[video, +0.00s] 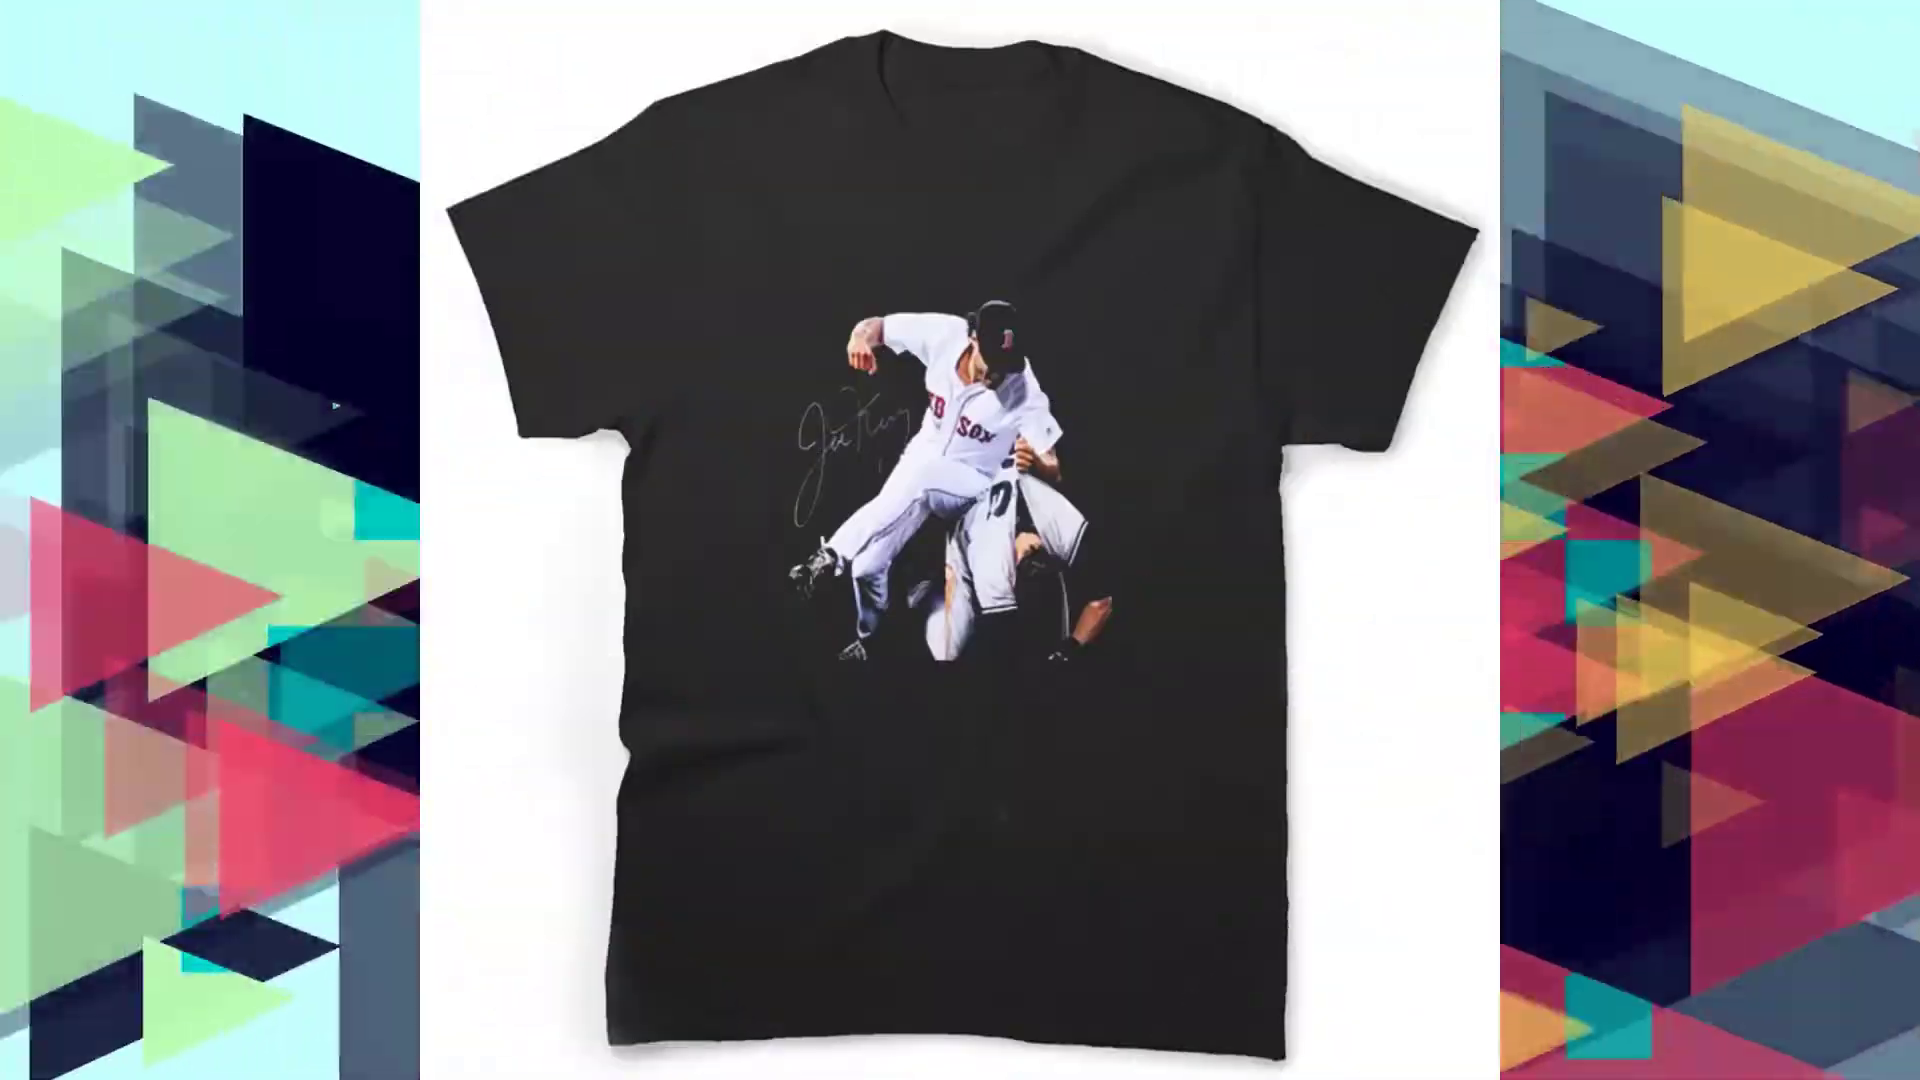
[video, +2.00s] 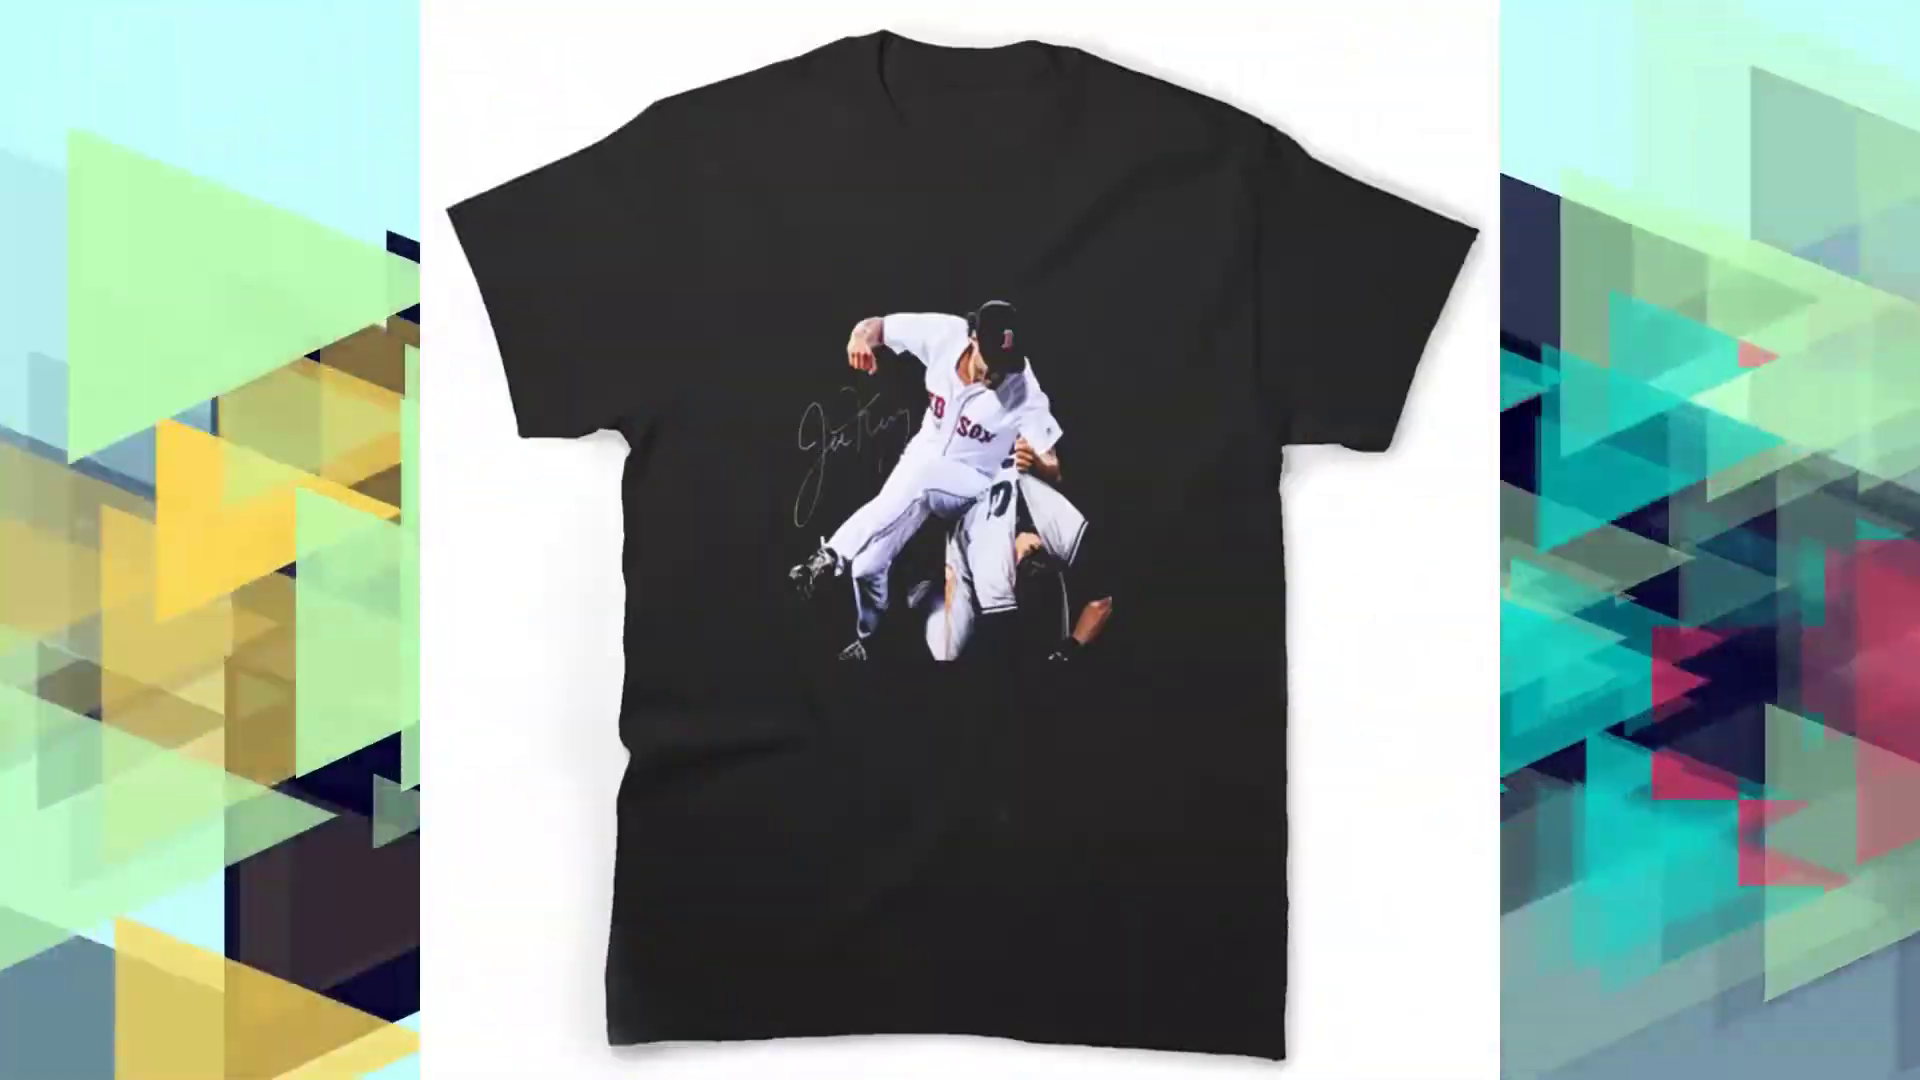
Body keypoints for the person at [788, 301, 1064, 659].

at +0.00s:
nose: (995, 373)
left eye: (1004, 366)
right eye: (990, 364)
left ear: (1016, 355)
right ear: (973, 342)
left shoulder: (1023, 390)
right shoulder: (946, 334)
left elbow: (1055, 470)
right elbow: (874, 327)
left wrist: (1038, 463)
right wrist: (861, 340)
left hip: (978, 482)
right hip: (922, 460)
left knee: (920, 477)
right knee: (867, 565)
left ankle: (827, 559)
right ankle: (870, 640)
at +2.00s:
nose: (995, 373)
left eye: (1004, 366)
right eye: (990, 364)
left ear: (1016, 355)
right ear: (973, 342)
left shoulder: (1023, 390)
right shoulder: (946, 334)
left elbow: (1055, 470)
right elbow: (874, 327)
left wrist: (1038, 463)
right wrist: (861, 340)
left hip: (978, 482)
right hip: (922, 460)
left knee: (920, 477)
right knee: (867, 565)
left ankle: (827, 559)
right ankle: (870, 640)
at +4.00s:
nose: (997, 374)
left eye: (1006, 367)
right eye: (991, 364)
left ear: (1017, 354)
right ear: (973, 341)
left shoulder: (1023, 389)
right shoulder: (946, 334)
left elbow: (1054, 468)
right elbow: (878, 327)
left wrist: (1038, 463)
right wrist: (861, 338)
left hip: (979, 482)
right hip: (922, 460)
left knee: (920, 476)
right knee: (867, 566)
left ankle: (828, 560)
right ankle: (871, 642)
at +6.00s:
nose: (997, 374)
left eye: (1006, 367)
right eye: (991, 364)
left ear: (1017, 354)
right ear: (973, 341)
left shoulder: (1023, 389)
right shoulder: (946, 334)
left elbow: (1054, 468)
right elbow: (878, 327)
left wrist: (1038, 463)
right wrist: (861, 339)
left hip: (979, 482)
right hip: (922, 460)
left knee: (920, 476)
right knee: (867, 566)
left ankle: (828, 560)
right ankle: (871, 642)